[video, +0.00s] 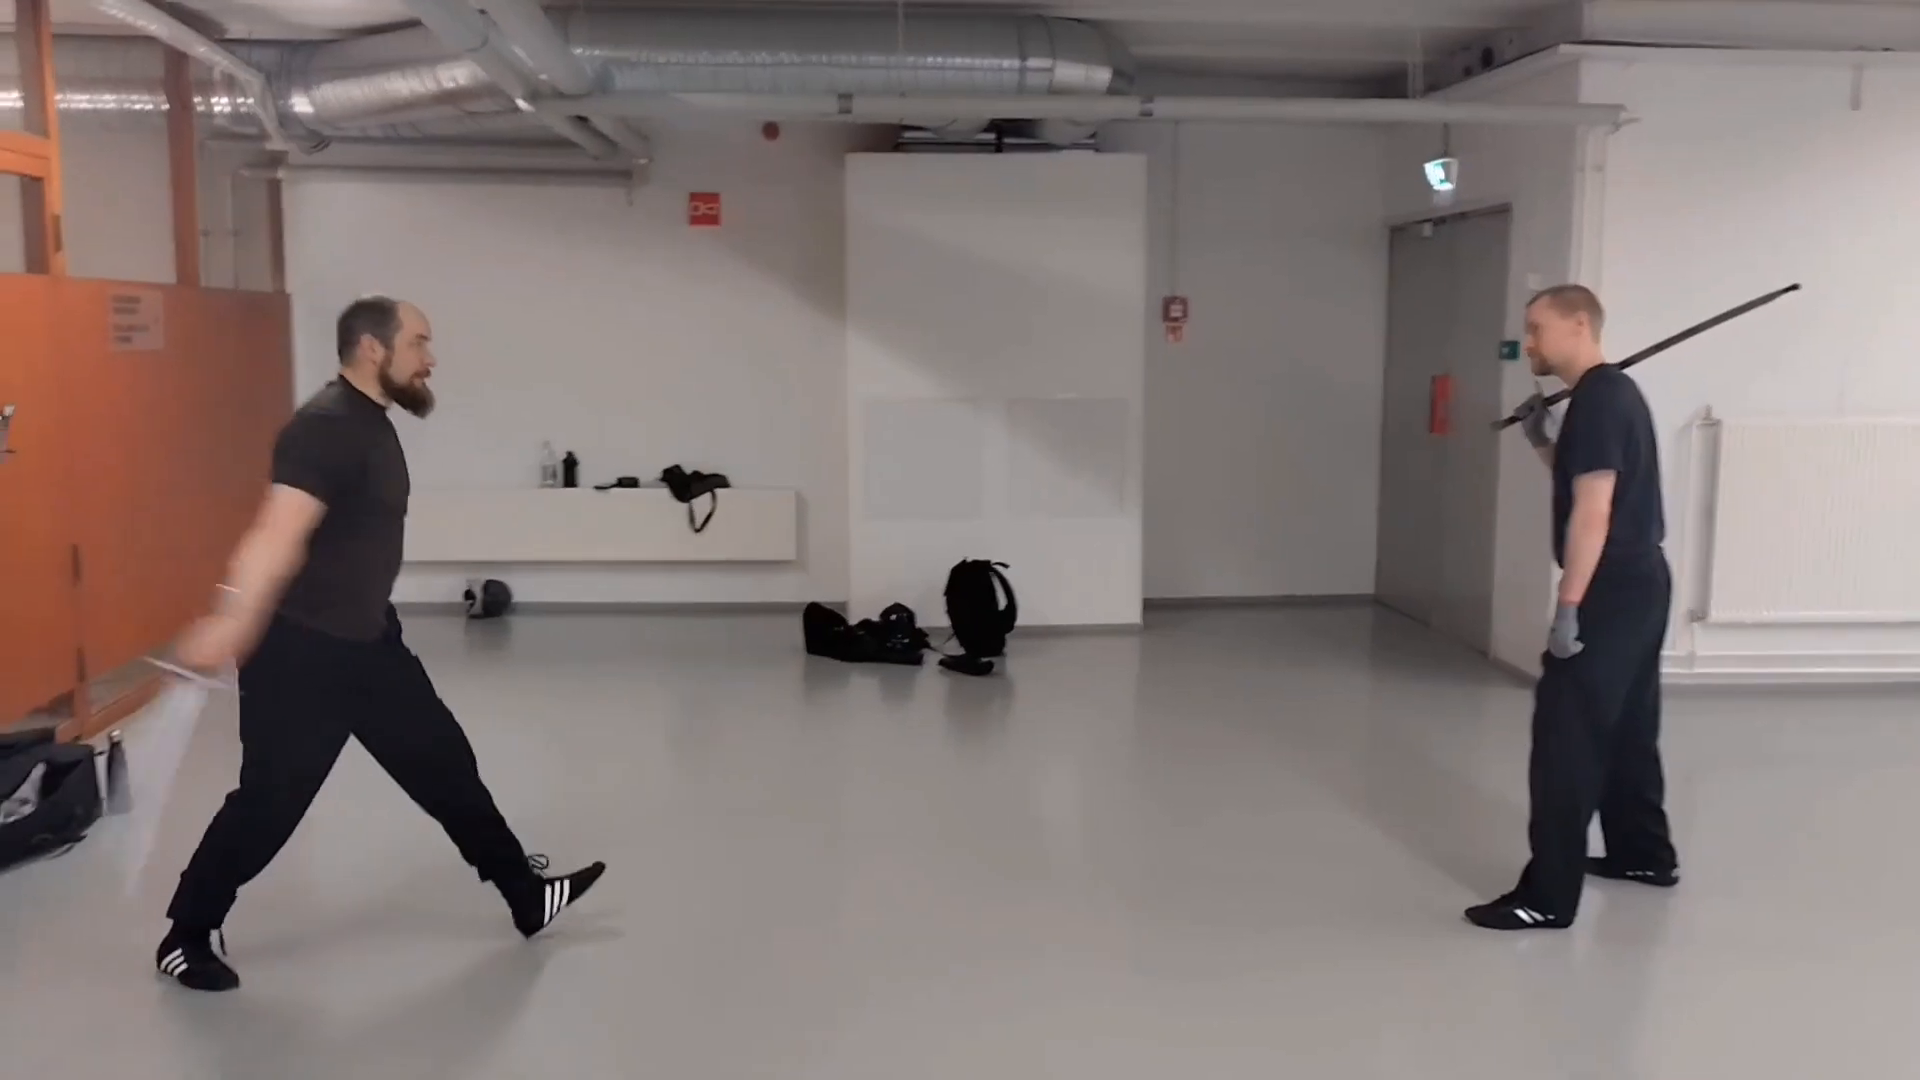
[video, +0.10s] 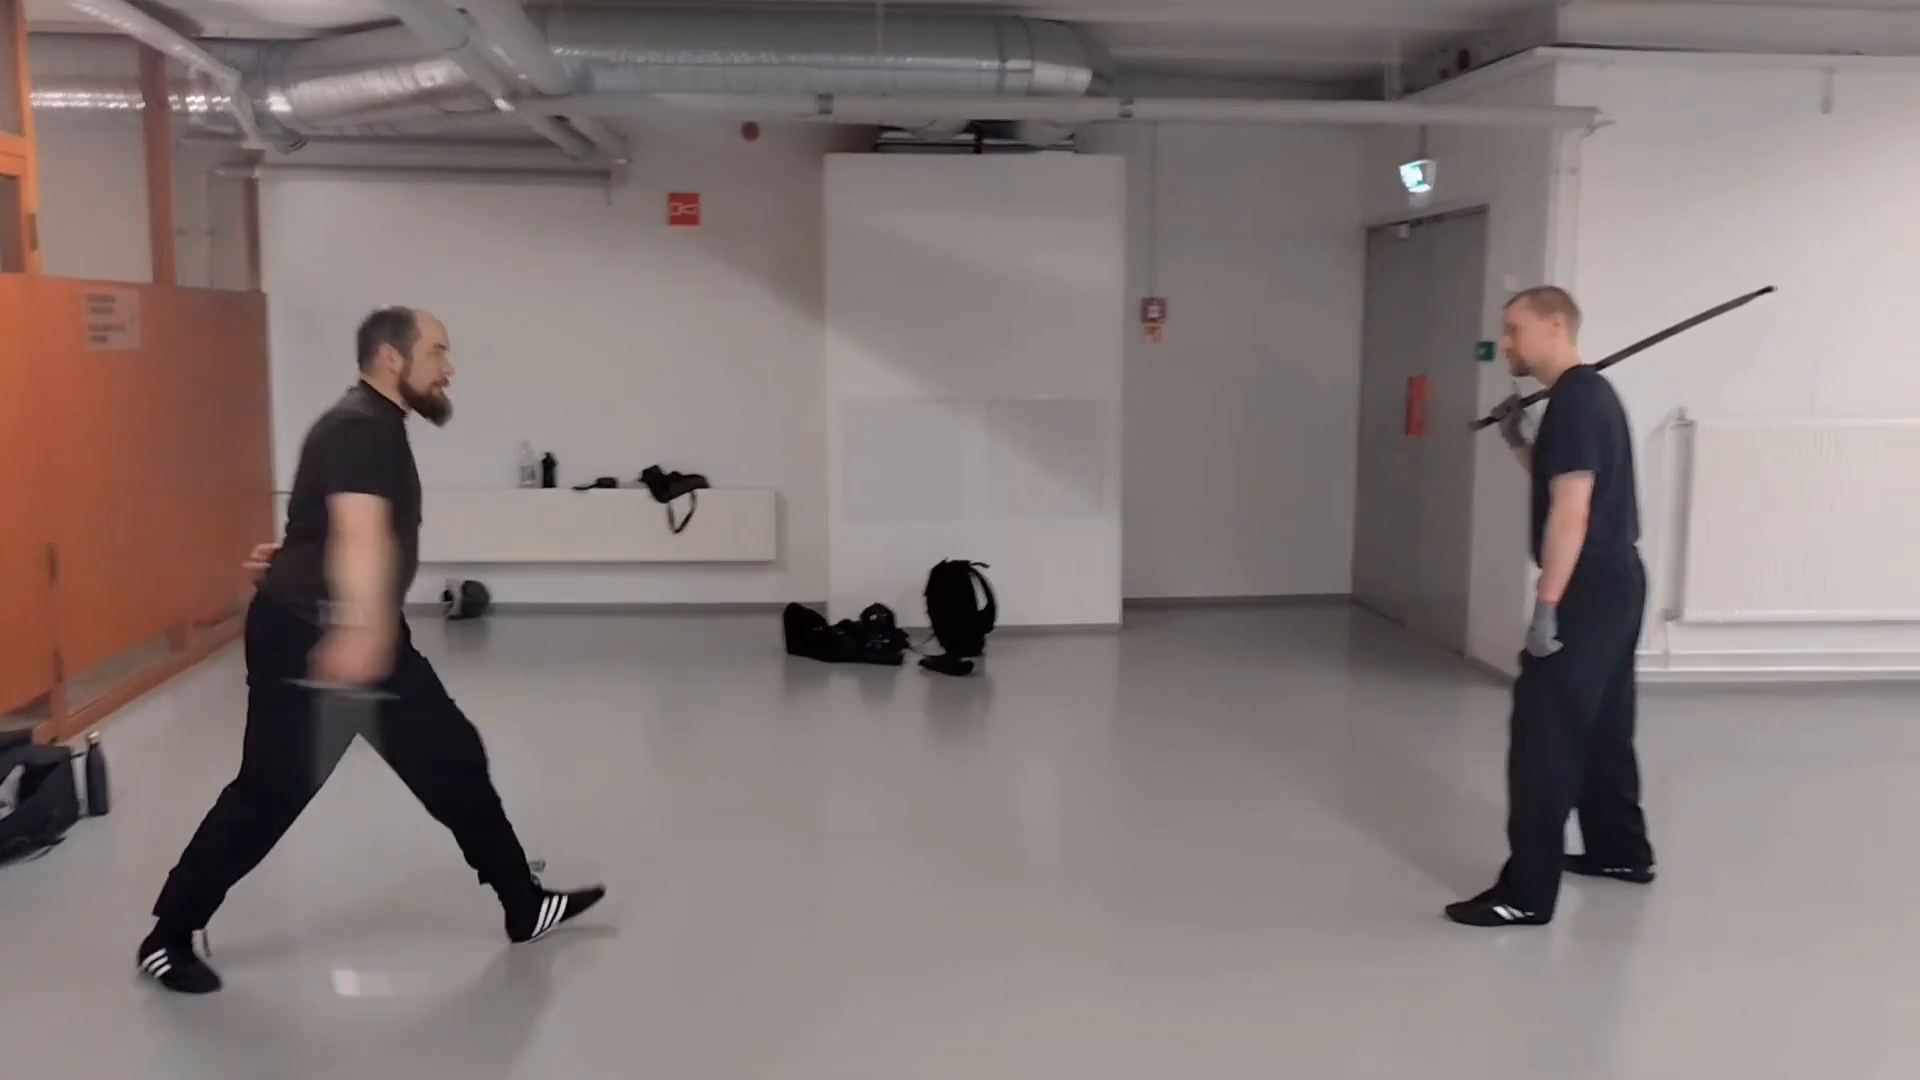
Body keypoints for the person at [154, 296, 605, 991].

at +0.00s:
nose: (429, 359)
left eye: (428, 345)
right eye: (418, 345)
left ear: (374, 351)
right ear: (370, 350)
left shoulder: (372, 423)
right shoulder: (324, 429)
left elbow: (338, 534)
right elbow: (274, 536)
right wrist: (232, 623)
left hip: (368, 647)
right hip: (299, 651)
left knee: (444, 766)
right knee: (269, 803)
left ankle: (527, 892)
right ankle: (185, 935)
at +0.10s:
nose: (448, 367)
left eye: (446, 353)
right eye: (437, 353)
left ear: (393, 363)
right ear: (389, 360)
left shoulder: (378, 430)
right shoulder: (357, 430)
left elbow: (361, 528)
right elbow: (356, 536)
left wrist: (292, 554)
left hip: (366, 632)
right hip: (304, 634)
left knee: (451, 761)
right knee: (271, 790)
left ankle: (524, 902)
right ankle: (169, 934)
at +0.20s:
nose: (469, 379)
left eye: (468, 365)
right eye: (458, 364)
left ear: (409, 370)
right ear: (411, 368)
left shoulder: (392, 426)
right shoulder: (391, 424)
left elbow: (378, 531)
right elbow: (450, 516)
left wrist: (317, 560)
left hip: (390, 643)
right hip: (329, 647)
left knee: (476, 748)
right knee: (270, 790)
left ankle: (513, 908)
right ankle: (151, 931)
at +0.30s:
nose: (494, 378)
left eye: (493, 364)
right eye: (483, 364)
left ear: (438, 369)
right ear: (441, 365)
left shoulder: (427, 431)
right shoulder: (412, 412)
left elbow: (403, 522)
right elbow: (515, 437)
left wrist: (343, 554)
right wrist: (600, 479)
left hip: (418, 643)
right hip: (356, 640)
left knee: (496, 751)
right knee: (293, 791)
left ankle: (495, 910)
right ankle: (154, 925)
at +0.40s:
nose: (521, 375)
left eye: (520, 363)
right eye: (513, 363)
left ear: (464, 362)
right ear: (473, 360)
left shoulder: (456, 429)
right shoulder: (440, 402)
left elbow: (441, 526)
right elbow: (550, 380)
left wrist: (374, 552)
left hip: (437, 636)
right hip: (388, 630)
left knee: (502, 759)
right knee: (354, 794)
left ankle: (477, 918)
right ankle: (201, 911)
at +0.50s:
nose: (548, 368)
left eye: (548, 356)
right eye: (540, 353)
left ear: (487, 357)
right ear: (502, 354)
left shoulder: (483, 426)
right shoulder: (471, 399)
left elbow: (464, 529)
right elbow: (564, 354)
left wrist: (403, 555)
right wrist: (624, 304)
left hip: (458, 628)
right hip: (412, 621)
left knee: (507, 761)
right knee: (438, 790)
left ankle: (463, 923)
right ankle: (300, 922)